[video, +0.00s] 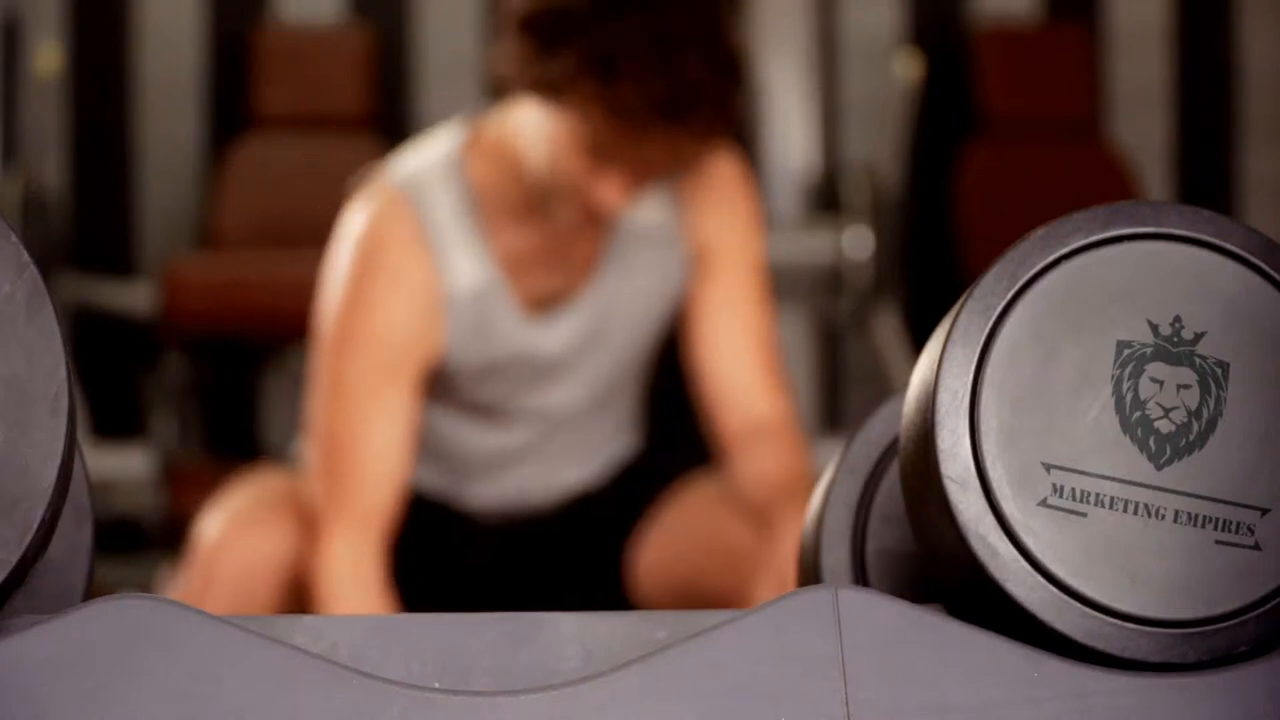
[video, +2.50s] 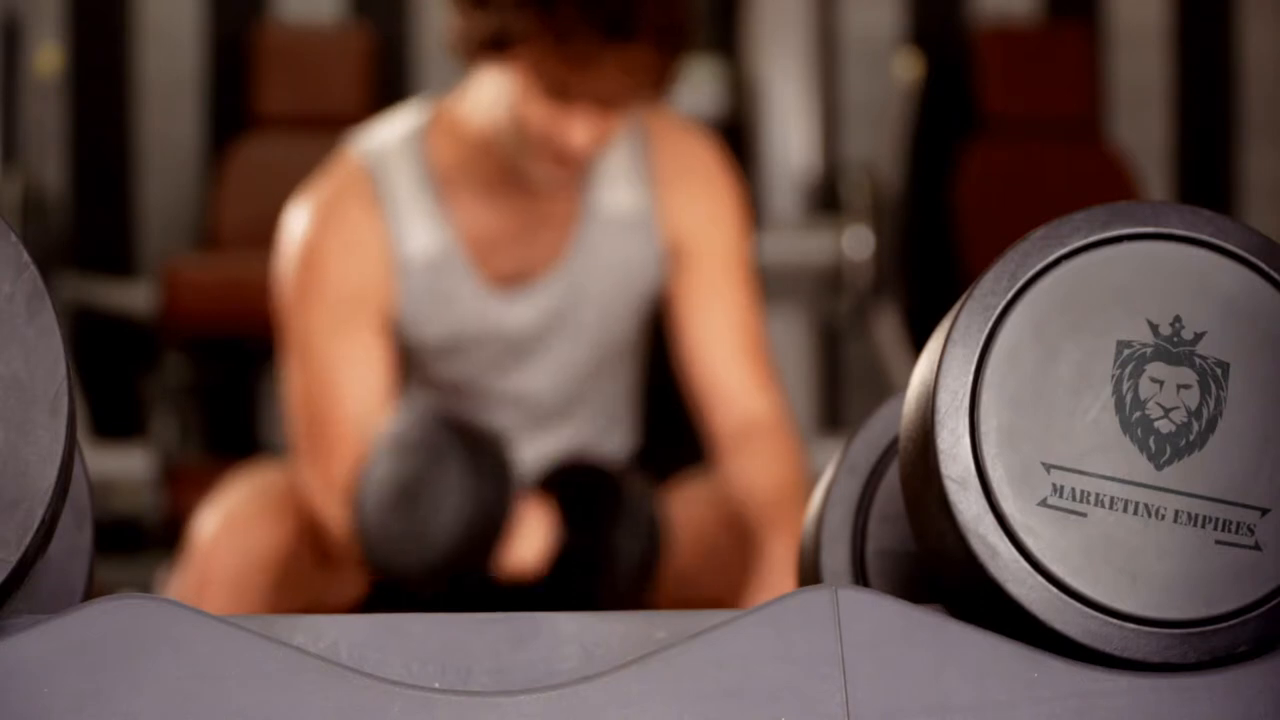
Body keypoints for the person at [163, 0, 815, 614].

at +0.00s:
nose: (618, 200)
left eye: (652, 171)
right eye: (599, 158)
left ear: (690, 139)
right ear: (539, 94)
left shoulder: (704, 179)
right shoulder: (397, 227)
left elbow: (758, 432)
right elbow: (350, 544)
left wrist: (813, 565)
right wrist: (398, 711)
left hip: (602, 522)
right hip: (417, 531)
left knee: (799, 541)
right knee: (244, 534)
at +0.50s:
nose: (614, 205)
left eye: (647, 175)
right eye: (593, 163)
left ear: (682, 146)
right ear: (529, 102)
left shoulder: (696, 179)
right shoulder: (397, 242)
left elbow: (755, 430)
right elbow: (345, 556)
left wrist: (805, 577)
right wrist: (351, 719)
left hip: (602, 522)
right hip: (417, 531)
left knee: (792, 543)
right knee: (234, 532)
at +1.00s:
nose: (611, 168)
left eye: (645, 137)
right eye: (591, 127)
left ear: (676, 110)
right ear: (524, 67)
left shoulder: (696, 170)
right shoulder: (393, 210)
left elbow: (753, 428)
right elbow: (337, 510)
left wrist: (790, 570)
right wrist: (457, 668)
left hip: (601, 521)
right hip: (418, 529)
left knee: (792, 540)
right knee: (241, 526)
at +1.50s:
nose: (588, 153)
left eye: (618, 121)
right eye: (566, 112)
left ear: (652, 93)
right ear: (500, 58)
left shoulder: (670, 170)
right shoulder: (333, 208)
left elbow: (748, 421)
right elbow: (342, 500)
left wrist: (788, 576)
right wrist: (497, 479)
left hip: (598, 525)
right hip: (403, 534)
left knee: (782, 531)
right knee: (248, 534)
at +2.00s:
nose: (570, 156)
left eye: (602, 122)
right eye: (544, 116)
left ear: (633, 100)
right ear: (473, 71)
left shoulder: (661, 172)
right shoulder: (312, 221)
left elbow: (748, 426)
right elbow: (354, 515)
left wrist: (786, 588)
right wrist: (503, 420)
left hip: (597, 523)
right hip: (401, 538)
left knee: (788, 542)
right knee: (249, 533)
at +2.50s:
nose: (582, 137)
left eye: (614, 105)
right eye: (558, 96)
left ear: (652, 82)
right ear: (495, 46)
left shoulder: (680, 166)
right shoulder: (346, 212)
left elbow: (750, 423)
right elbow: (349, 496)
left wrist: (778, 578)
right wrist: (577, 530)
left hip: (599, 542)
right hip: (412, 544)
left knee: (789, 517)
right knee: (243, 522)